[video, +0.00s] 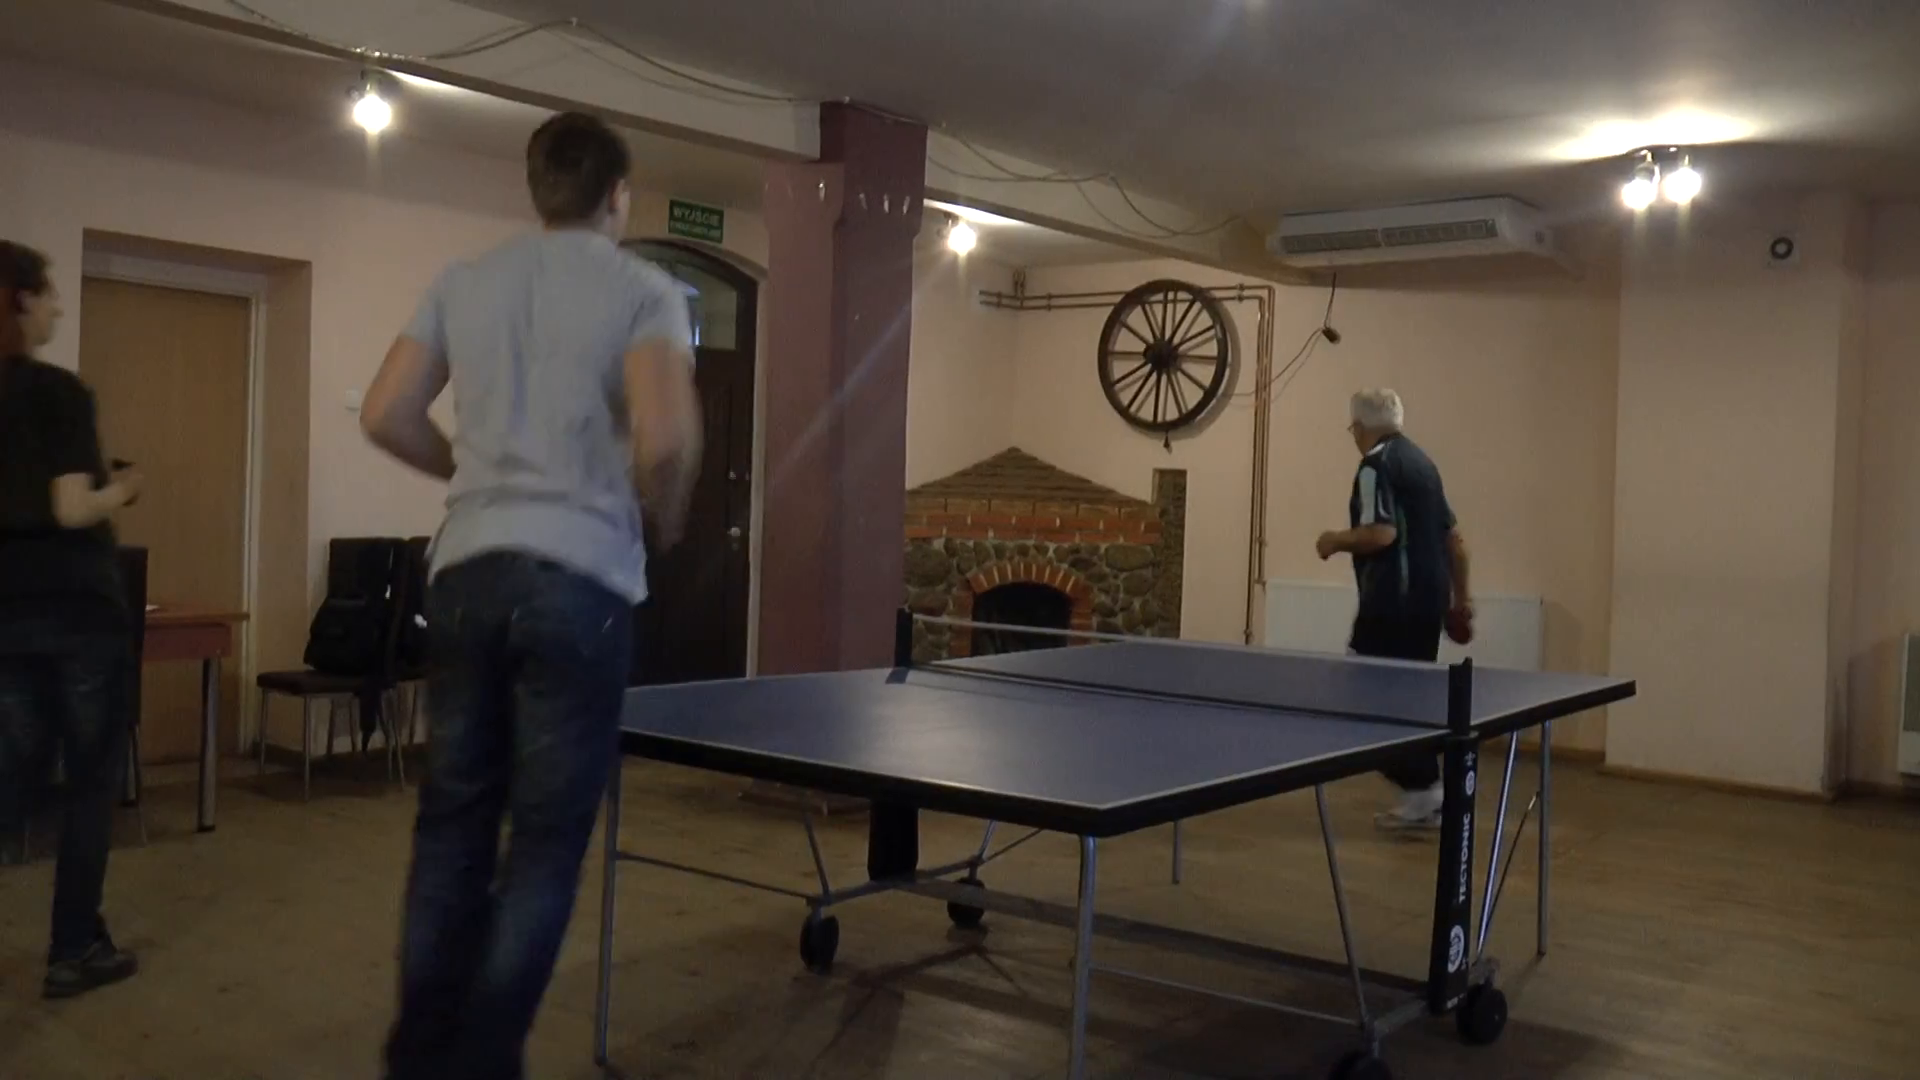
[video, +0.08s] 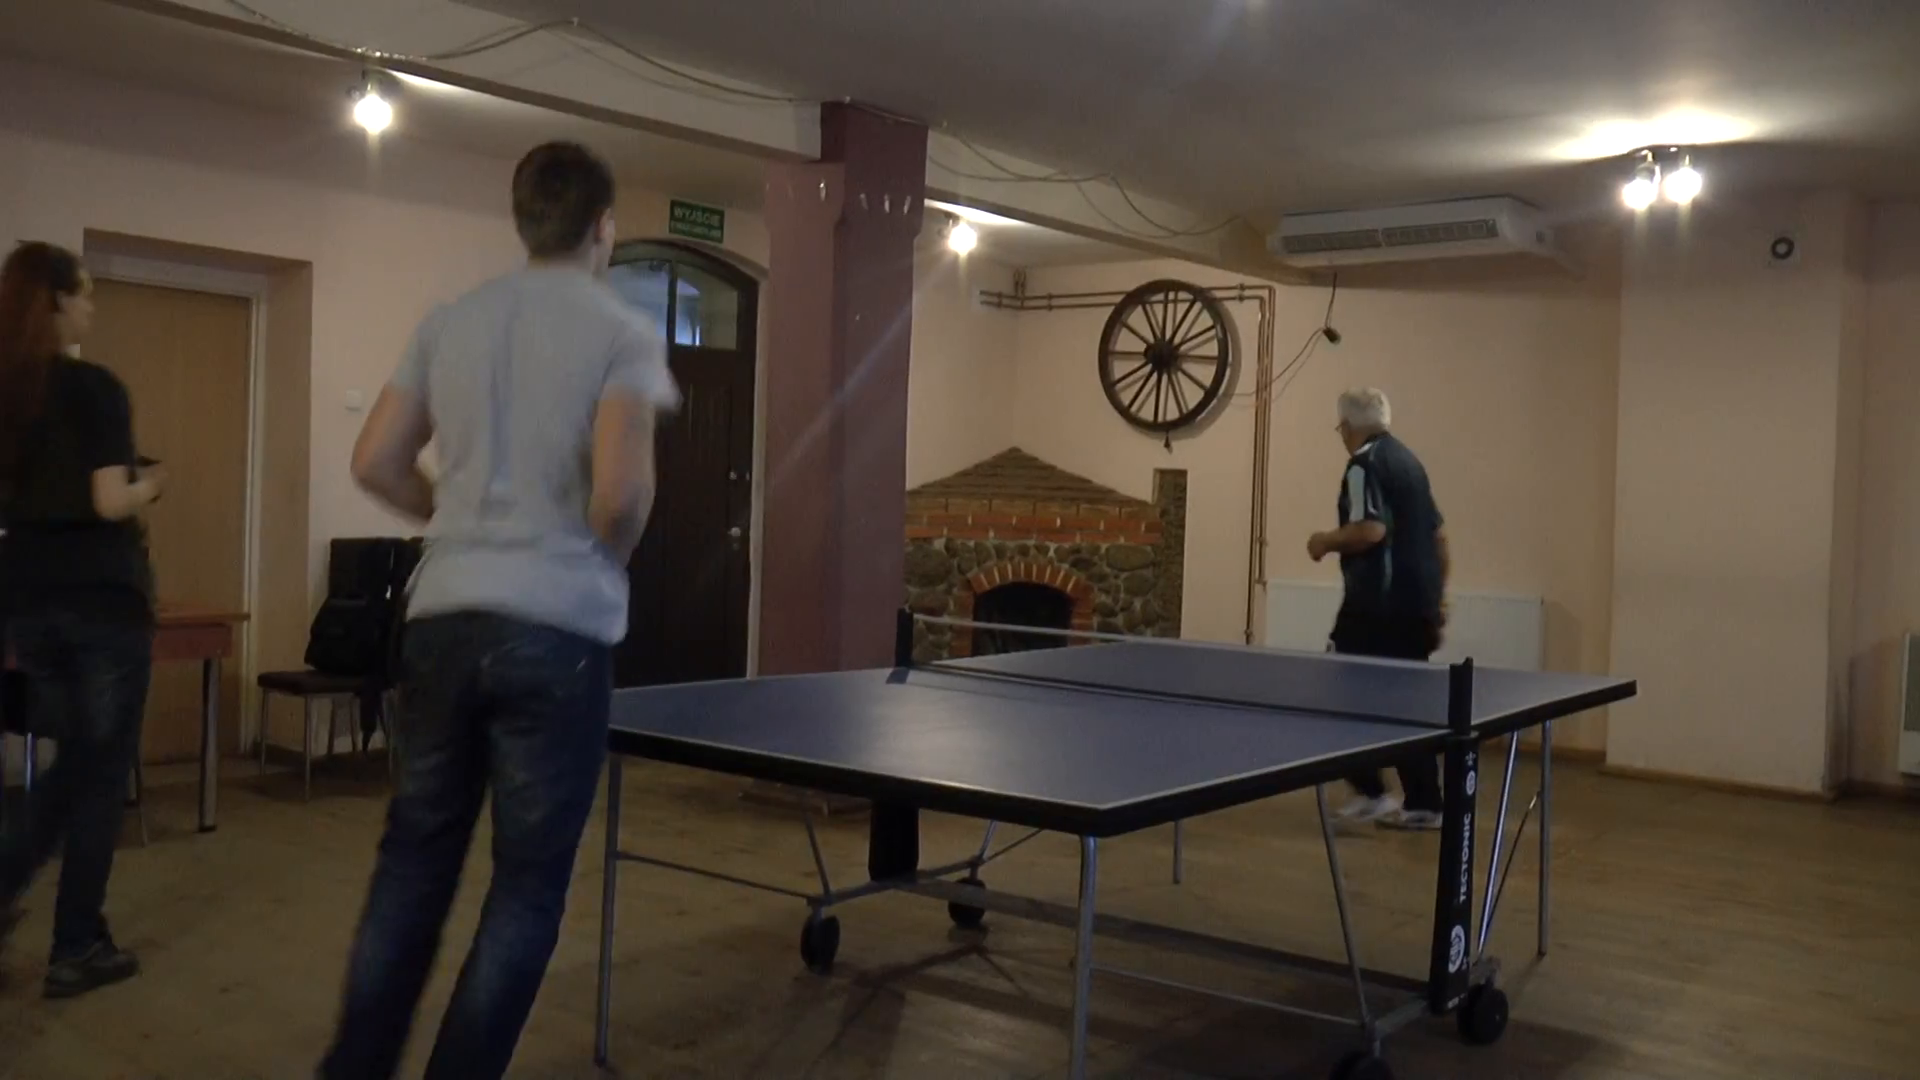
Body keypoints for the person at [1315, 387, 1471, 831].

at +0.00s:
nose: (1351, 431)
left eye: (1354, 425)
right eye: (1353, 425)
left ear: (1363, 427)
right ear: (1395, 424)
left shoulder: (1375, 466)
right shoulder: (1420, 462)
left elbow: (1381, 533)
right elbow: (1453, 540)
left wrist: (1336, 539)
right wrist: (1459, 602)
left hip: (1389, 608)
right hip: (1426, 607)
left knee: (1361, 701)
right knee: (1405, 698)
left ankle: (1419, 789)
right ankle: (1429, 794)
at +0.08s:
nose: (1339, 433)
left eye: (1341, 426)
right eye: (1341, 426)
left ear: (1348, 427)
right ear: (1383, 424)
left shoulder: (1364, 464)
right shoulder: (1406, 460)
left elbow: (1370, 530)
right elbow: (1436, 536)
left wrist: (1325, 540)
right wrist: (1435, 604)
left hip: (1372, 610)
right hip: (1412, 609)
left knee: (1343, 695)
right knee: (1406, 704)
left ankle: (1369, 790)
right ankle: (1423, 803)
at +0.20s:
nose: (1317, 432)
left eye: (1318, 425)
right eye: (1318, 424)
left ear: (1328, 425)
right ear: (1358, 422)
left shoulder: (1342, 462)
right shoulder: (1384, 459)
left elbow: (1350, 523)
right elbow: (1409, 533)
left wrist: (1303, 539)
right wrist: (1400, 583)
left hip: (1347, 605)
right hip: (1389, 604)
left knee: (1321, 691)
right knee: (1393, 699)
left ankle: (1337, 793)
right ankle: (1422, 800)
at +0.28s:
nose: (1299, 431)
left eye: (1299, 425)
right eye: (1300, 425)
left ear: (1308, 425)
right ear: (1340, 421)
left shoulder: (1322, 459)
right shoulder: (1367, 457)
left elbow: (1327, 521)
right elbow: (1389, 533)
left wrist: (1282, 541)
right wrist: (1380, 587)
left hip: (1332, 605)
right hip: (1372, 604)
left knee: (1320, 697)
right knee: (1375, 696)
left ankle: (1345, 790)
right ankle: (1416, 790)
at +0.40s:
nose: (1269, 440)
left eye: (1270, 433)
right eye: (1270, 433)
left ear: (1277, 432)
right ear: (1310, 429)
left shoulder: (1288, 470)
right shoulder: (1337, 466)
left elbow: (1277, 535)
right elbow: (1365, 540)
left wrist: (1234, 552)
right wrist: (1356, 592)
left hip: (1308, 608)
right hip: (1344, 606)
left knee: (1304, 705)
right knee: (1318, 699)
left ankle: (1355, 799)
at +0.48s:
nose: (1246, 454)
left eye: (1248, 446)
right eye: (1247, 446)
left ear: (1257, 445)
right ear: (1286, 441)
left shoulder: (1266, 481)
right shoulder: (1314, 476)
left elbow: (1236, 548)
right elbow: (1352, 549)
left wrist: (1199, 560)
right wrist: (1339, 602)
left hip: (1292, 619)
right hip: (1326, 615)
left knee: (1302, 709)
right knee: (1294, 703)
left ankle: (1355, 798)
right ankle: (1299, 781)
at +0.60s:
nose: (1206, 472)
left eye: (1206, 465)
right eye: (1206, 465)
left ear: (1213, 461)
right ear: (1244, 455)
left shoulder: (1221, 493)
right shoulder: (1278, 488)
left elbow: (1183, 557)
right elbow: (1328, 546)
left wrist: (1151, 561)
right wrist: (1319, 601)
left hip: (1254, 629)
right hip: (1295, 627)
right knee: (1299, 713)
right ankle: (1346, 792)